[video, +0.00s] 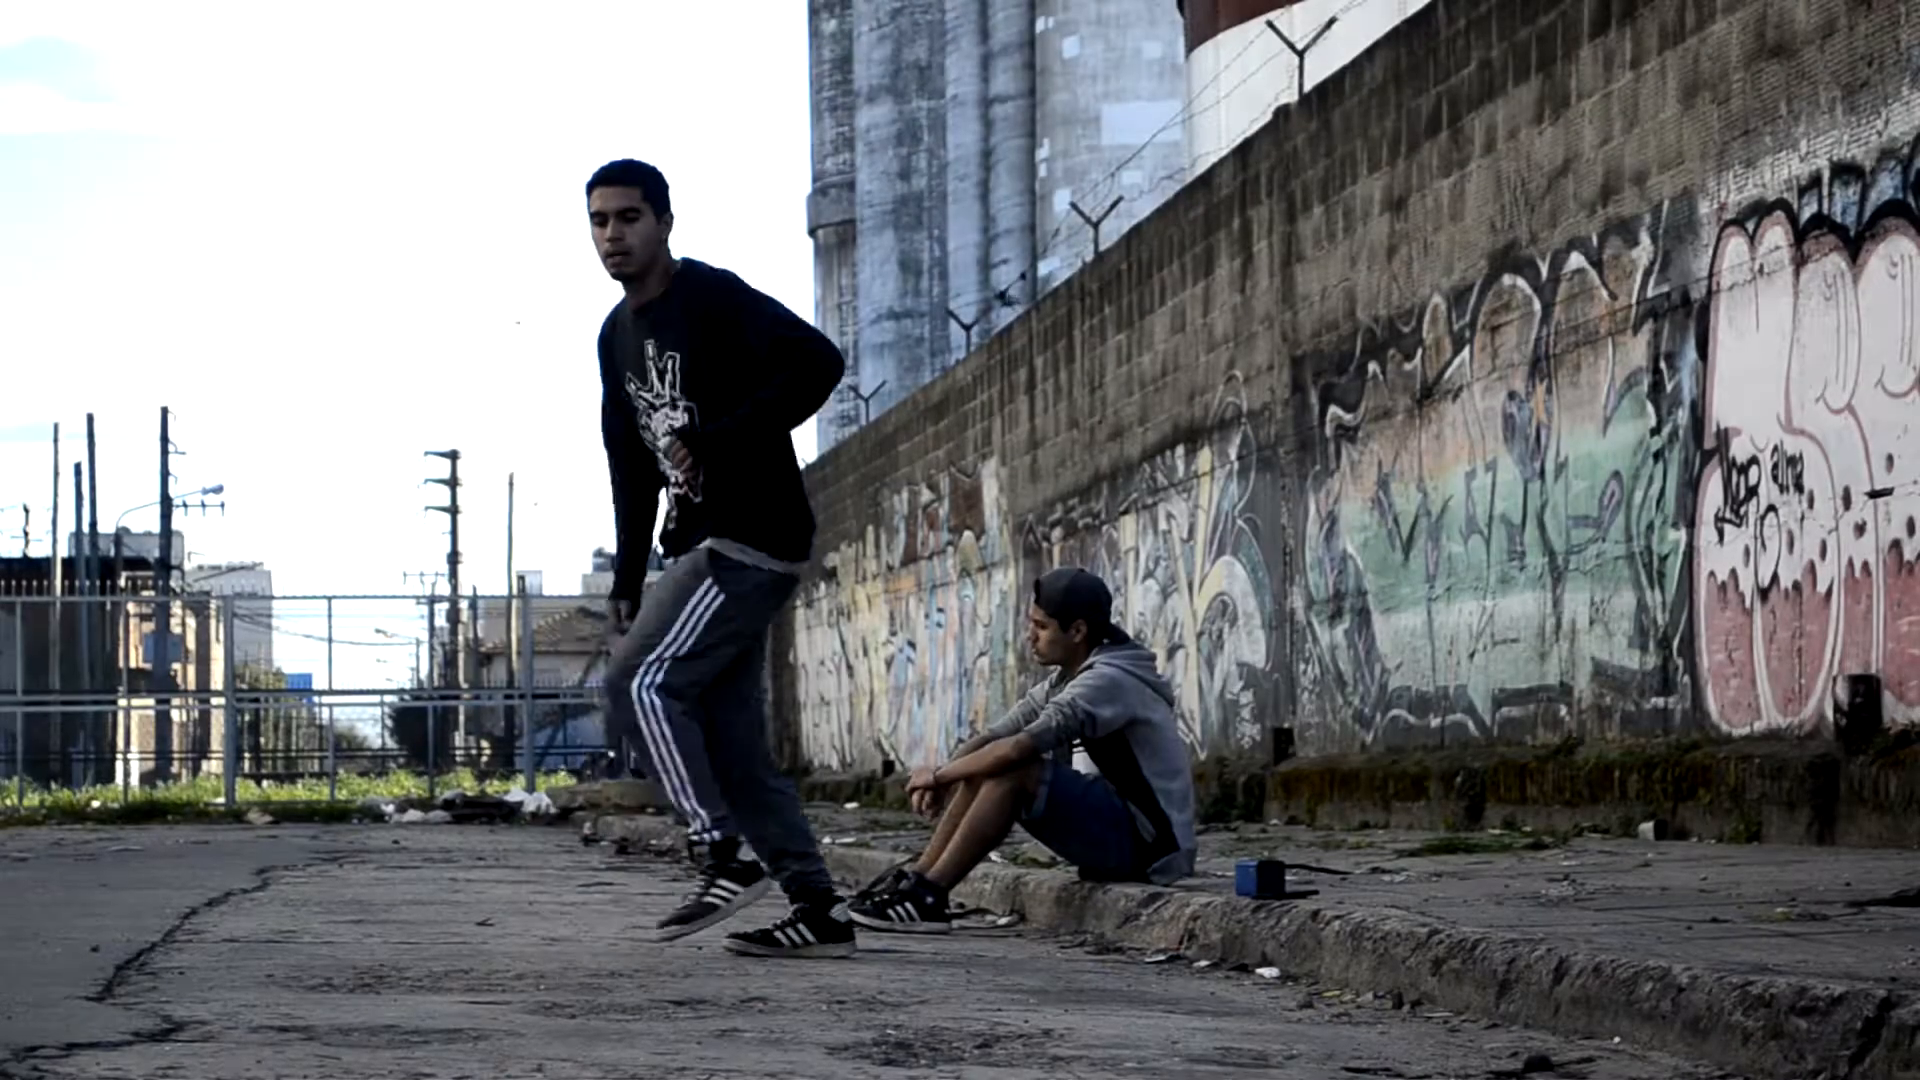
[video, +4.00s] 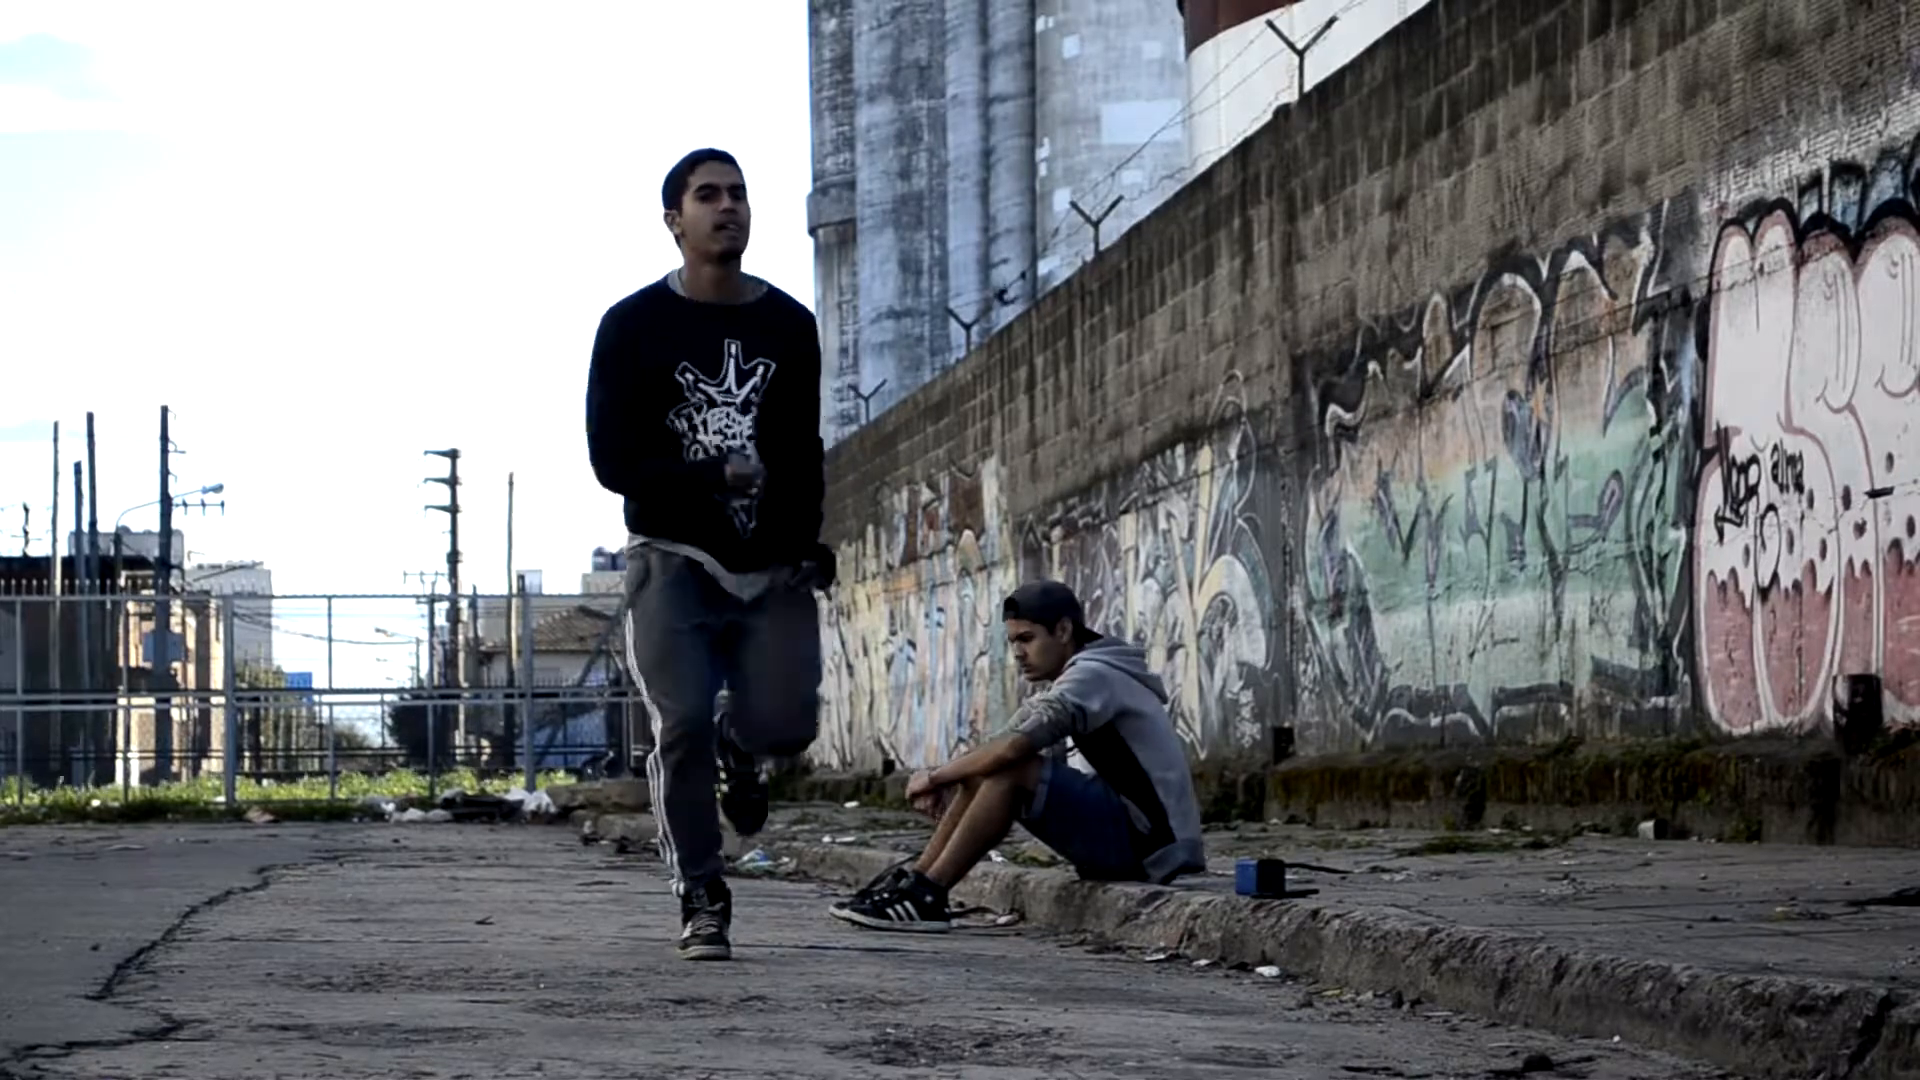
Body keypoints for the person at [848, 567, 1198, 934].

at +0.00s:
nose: (1031, 635)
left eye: (1041, 626)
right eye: (1032, 624)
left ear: (1077, 632)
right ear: (1075, 632)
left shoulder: (1107, 677)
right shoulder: (1072, 675)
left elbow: (1020, 749)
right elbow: (1005, 731)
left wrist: (939, 774)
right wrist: (939, 774)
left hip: (1148, 847)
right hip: (1121, 836)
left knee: (1016, 771)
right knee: (985, 763)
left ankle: (931, 896)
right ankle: (916, 882)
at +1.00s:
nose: (1029, 639)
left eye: (1039, 627)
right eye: (1027, 627)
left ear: (1078, 625)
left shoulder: (1103, 673)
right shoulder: (1072, 675)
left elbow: (1022, 747)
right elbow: (1005, 730)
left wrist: (944, 761)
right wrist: (945, 762)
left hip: (1151, 844)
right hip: (1121, 834)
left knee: (1014, 770)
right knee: (983, 763)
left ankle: (932, 893)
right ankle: (915, 883)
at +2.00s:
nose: (1039, 648)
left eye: (1049, 635)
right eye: (1031, 636)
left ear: (1088, 628)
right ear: (1027, 634)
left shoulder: (1110, 673)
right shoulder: (1068, 676)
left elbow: (1024, 743)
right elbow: (1002, 731)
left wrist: (943, 773)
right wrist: (945, 773)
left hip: (1148, 846)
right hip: (1118, 836)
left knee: (1015, 771)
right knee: (986, 763)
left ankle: (932, 894)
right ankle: (914, 883)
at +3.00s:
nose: (1028, 637)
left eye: (1037, 623)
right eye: (1024, 627)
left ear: (1076, 617)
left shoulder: (1105, 665)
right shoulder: (1081, 670)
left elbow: (1022, 738)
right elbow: (1015, 730)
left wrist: (945, 770)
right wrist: (949, 769)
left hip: (1151, 844)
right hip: (1123, 834)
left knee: (1015, 770)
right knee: (986, 764)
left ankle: (933, 895)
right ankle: (914, 884)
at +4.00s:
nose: (1017, 655)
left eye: (1025, 640)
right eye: (1013, 643)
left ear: (1064, 631)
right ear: (1061, 634)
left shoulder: (1094, 672)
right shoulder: (1077, 676)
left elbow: (1012, 749)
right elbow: (1015, 751)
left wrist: (936, 776)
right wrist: (946, 783)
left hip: (1150, 846)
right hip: (1124, 837)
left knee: (1012, 770)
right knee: (983, 767)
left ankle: (933, 895)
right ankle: (914, 883)